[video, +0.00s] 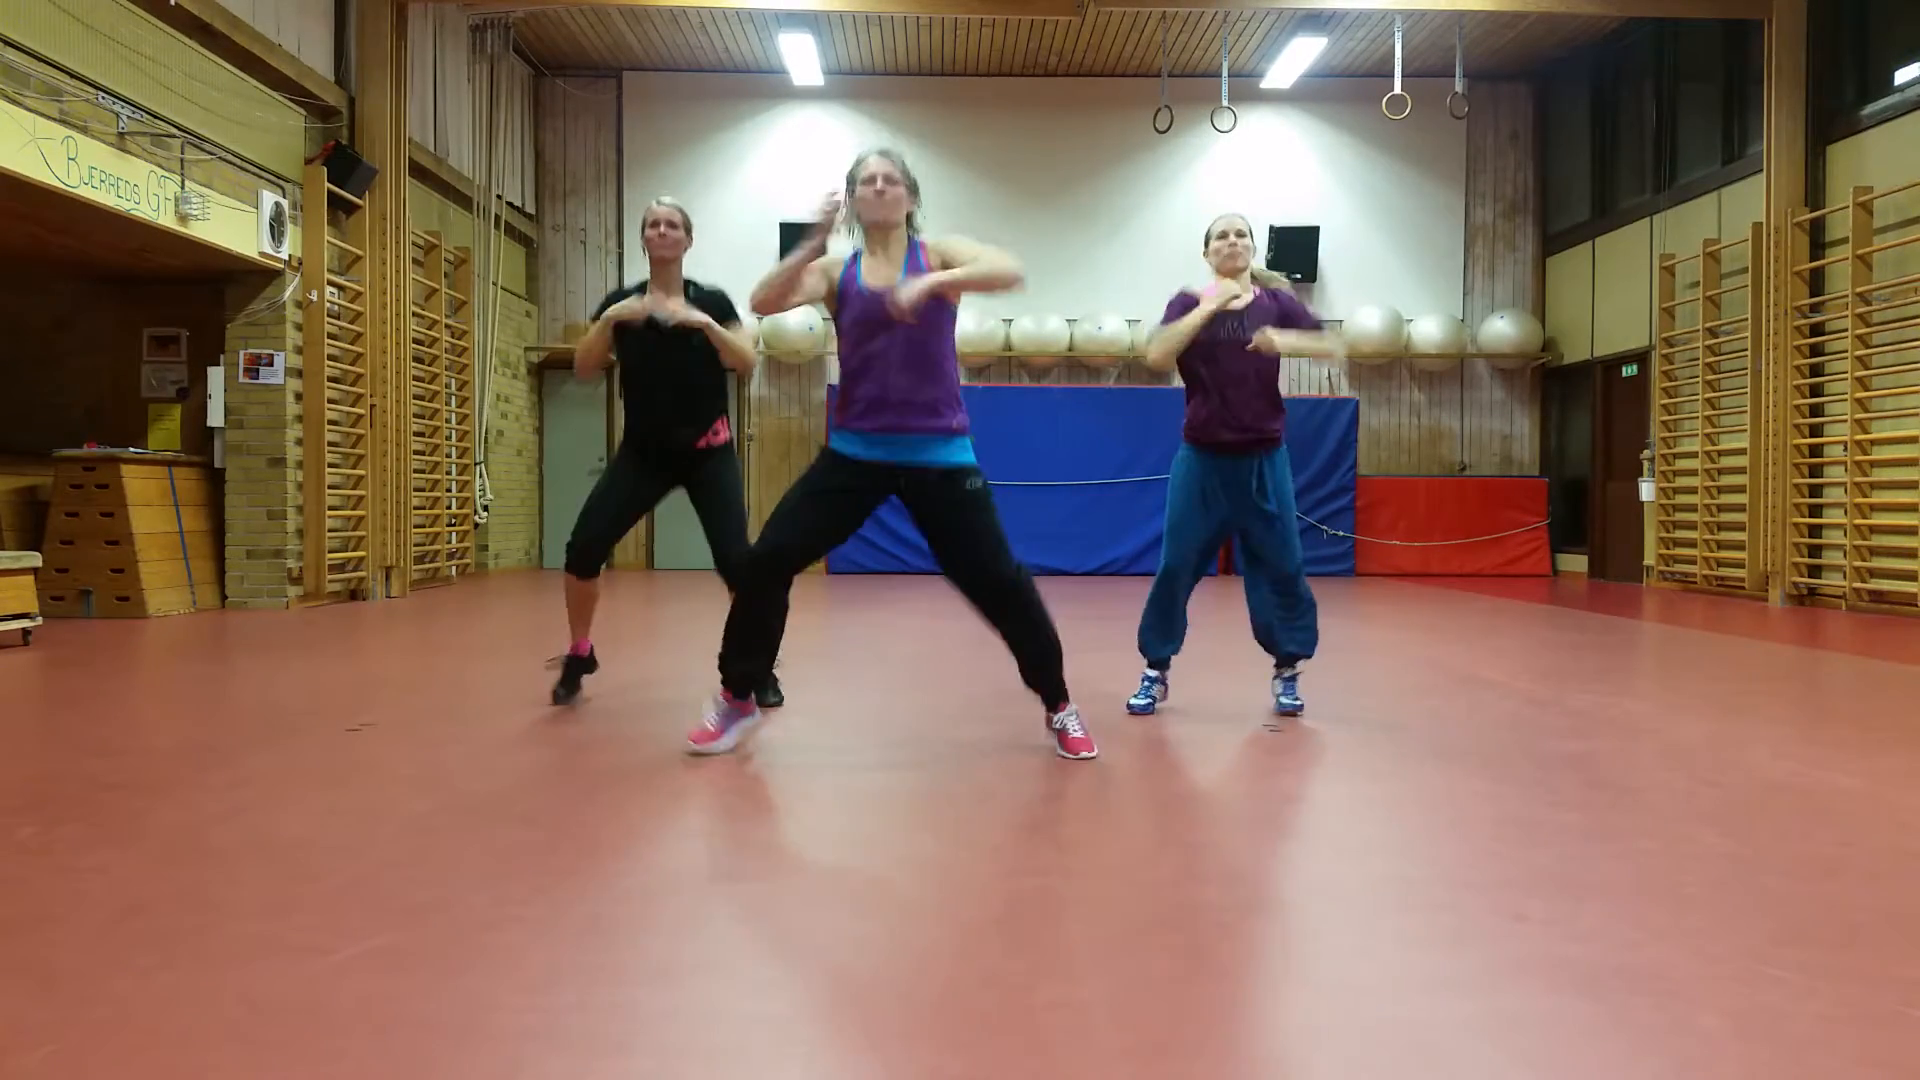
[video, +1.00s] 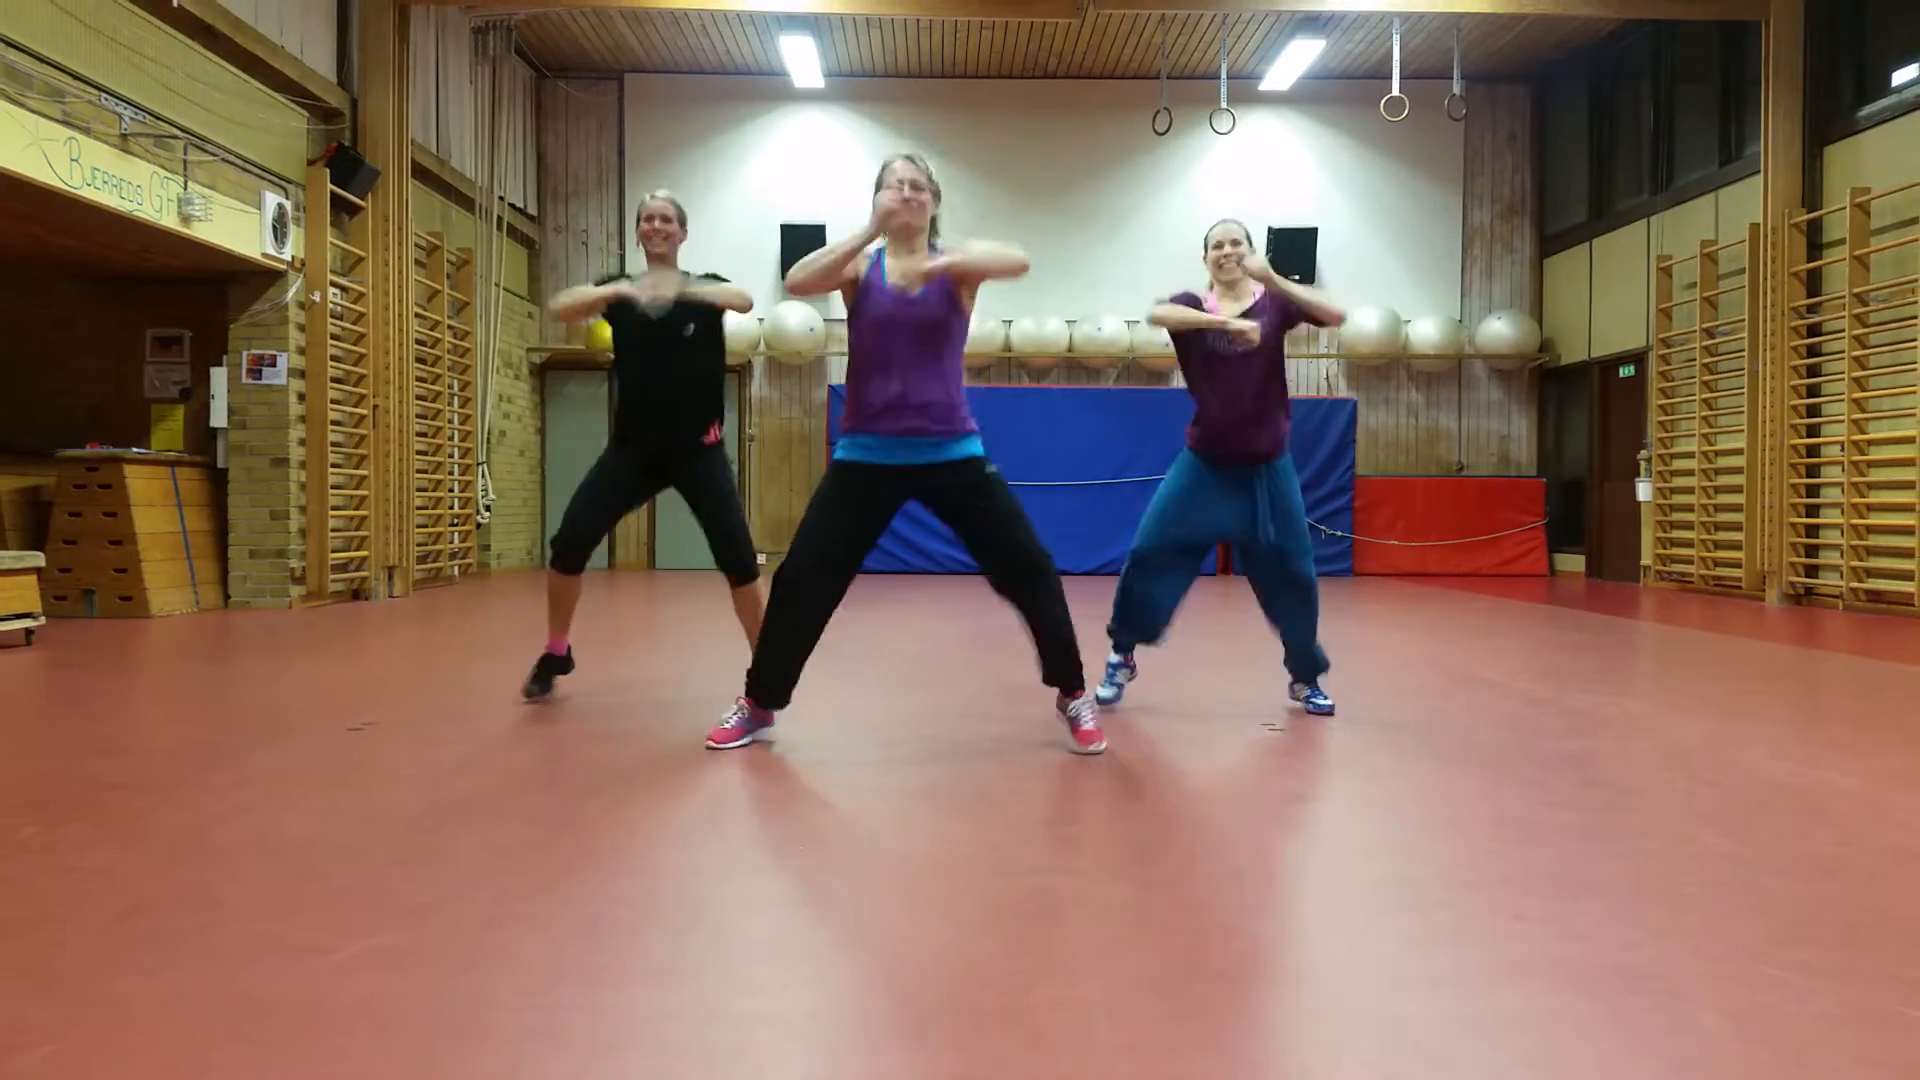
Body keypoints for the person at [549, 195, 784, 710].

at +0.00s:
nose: (660, 232)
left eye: (671, 226)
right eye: (652, 225)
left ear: (688, 240)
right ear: (642, 239)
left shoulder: (712, 301)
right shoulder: (619, 304)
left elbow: (746, 363)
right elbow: (584, 368)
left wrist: (704, 323)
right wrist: (617, 319)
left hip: (708, 451)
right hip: (644, 452)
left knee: (737, 561)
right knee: (583, 548)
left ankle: (761, 666)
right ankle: (578, 653)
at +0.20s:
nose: (658, 214)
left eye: (668, 207)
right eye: (650, 206)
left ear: (687, 220)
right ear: (640, 218)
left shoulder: (707, 281)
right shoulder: (618, 279)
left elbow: (710, 340)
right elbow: (600, 348)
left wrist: (683, 288)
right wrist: (626, 293)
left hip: (695, 436)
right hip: (630, 437)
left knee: (744, 540)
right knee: (591, 546)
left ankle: (772, 658)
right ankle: (581, 660)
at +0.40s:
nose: (663, 239)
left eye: (673, 232)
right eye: (655, 231)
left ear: (691, 244)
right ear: (645, 242)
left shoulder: (712, 303)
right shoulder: (627, 305)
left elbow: (711, 360)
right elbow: (607, 368)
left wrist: (683, 314)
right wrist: (634, 317)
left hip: (695, 453)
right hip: (631, 457)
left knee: (742, 558)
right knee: (587, 561)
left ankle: (774, 659)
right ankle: (584, 661)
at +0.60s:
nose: (665, 231)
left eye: (675, 223)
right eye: (657, 224)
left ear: (694, 235)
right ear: (647, 236)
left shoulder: (720, 294)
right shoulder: (627, 295)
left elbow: (744, 337)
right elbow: (594, 361)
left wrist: (689, 297)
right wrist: (603, 328)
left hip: (706, 452)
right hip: (640, 452)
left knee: (745, 560)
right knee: (573, 544)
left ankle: (776, 665)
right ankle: (559, 651)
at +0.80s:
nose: (659, 241)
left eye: (669, 233)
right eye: (651, 234)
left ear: (688, 245)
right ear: (642, 244)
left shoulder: (705, 305)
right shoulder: (618, 293)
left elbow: (734, 336)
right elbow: (561, 319)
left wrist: (682, 284)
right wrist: (610, 335)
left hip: (680, 453)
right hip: (615, 453)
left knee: (750, 535)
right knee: (580, 562)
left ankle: (781, 640)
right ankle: (559, 667)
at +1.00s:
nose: (656, 227)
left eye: (666, 220)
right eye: (648, 219)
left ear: (682, 232)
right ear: (636, 231)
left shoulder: (703, 287)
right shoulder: (618, 291)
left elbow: (744, 301)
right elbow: (558, 307)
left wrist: (681, 290)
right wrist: (617, 292)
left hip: (698, 452)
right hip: (633, 451)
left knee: (740, 562)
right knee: (568, 544)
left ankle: (767, 670)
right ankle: (556, 653)